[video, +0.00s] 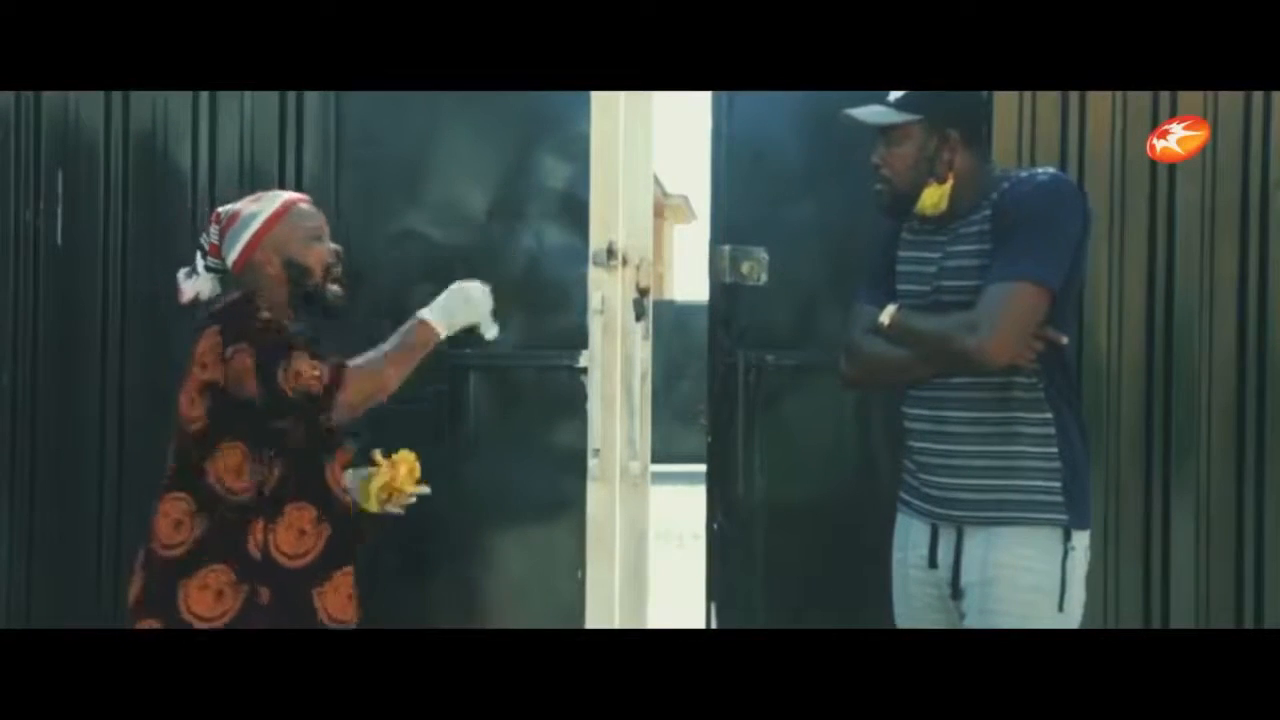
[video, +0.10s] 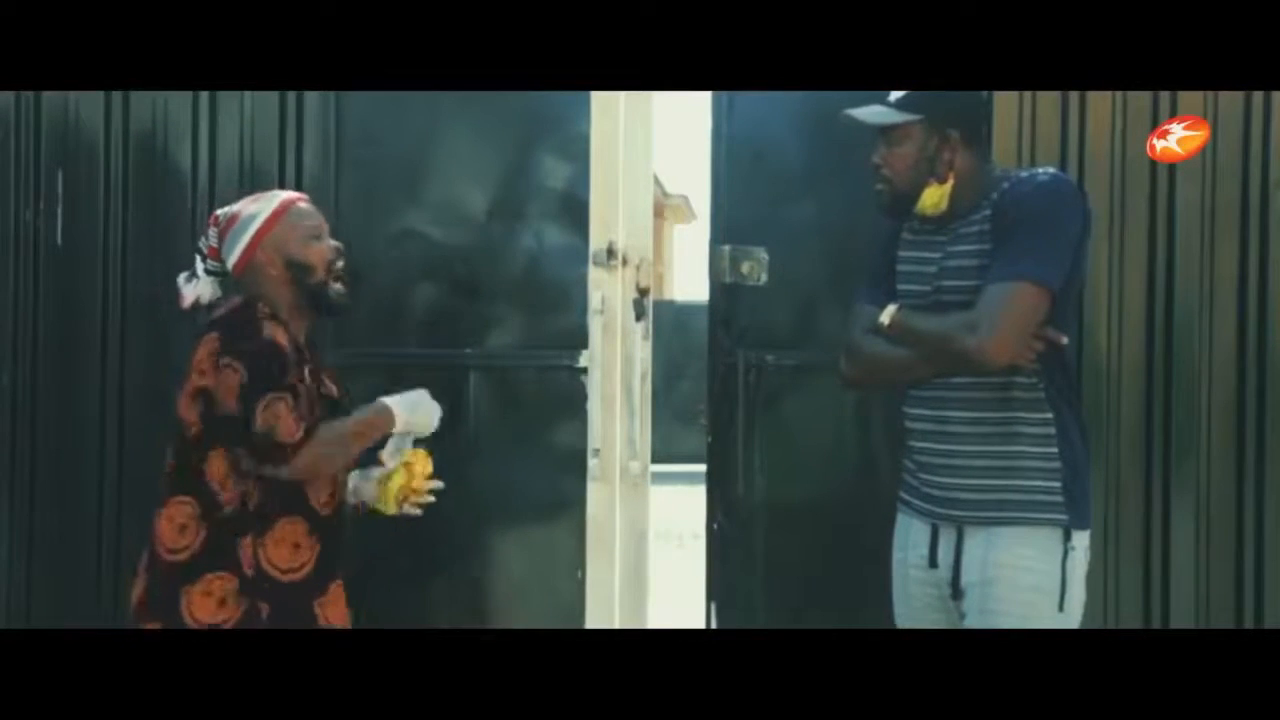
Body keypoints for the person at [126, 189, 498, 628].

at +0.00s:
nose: (334, 252)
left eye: (328, 239)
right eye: (314, 240)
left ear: (268, 261)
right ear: (267, 258)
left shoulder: (273, 338)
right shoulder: (239, 333)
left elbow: (263, 463)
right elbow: (334, 396)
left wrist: (351, 487)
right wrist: (434, 322)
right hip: (224, 598)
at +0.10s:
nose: (337, 248)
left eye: (329, 235)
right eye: (315, 237)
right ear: (266, 262)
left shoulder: (288, 343)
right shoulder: (249, 337)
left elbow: (272, 477)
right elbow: (276, 461)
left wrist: (362, 488)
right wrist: (385, 416)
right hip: (226, 599)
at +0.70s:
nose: (300, 264)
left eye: (316, 251)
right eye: (278, 252)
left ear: (334, 264)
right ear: (246, 266)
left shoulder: (323, 359)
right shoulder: (207, 358)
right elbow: (165, 490)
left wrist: (335, 497)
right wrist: (293, 478)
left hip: (291, 606)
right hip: (204, 609)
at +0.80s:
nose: (280, 267)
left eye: (298, 253)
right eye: (258, 254)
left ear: (319, 268)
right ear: (231, 270)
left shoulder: (333, 369)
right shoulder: (187, 367)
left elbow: (345, 466)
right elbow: (141, 486)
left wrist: (338, 497)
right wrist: (269, 483)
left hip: (297, 609)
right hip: (196, 611)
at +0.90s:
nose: (255, 270)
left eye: (277, 255)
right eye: (236, 255)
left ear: (303, 271)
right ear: (213, 270)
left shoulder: (330, 369)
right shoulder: (177, 363)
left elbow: (364, 469)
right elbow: (118, 486)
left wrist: (338, 501)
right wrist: (239, 485)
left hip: (293, 611)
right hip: (182, 610)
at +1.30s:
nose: (290, 265)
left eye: (289, 252)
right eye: (266, 253)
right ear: (210, 270)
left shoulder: (317, 372)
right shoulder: (144, 372)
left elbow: (355, 477)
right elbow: (71, 473)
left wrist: (349, 522)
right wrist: (112, 496)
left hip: (283, 615)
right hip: (163, 613)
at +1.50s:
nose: (329, 262)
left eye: (323, 249)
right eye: (308, 252)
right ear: (255, 272)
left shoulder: (324, 376)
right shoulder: (185, 369)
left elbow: (325, 496)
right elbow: (95, 482)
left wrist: (350, 528)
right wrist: (181, 500)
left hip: (286, 615)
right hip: (181, 616)